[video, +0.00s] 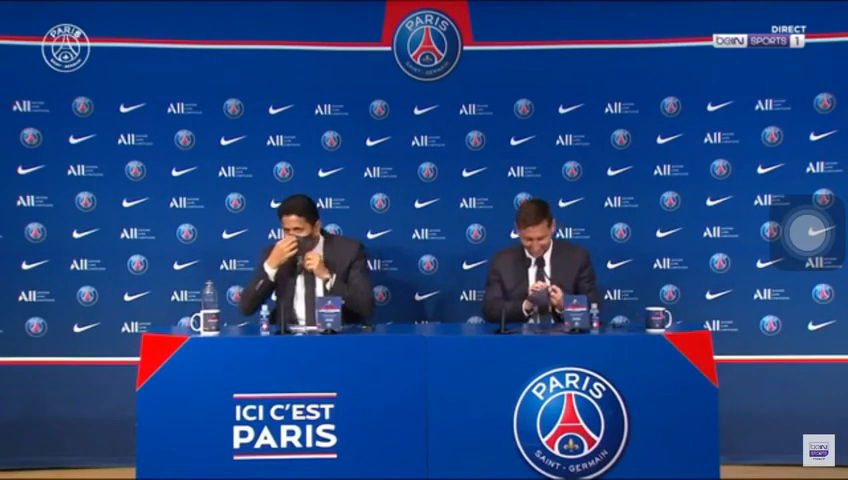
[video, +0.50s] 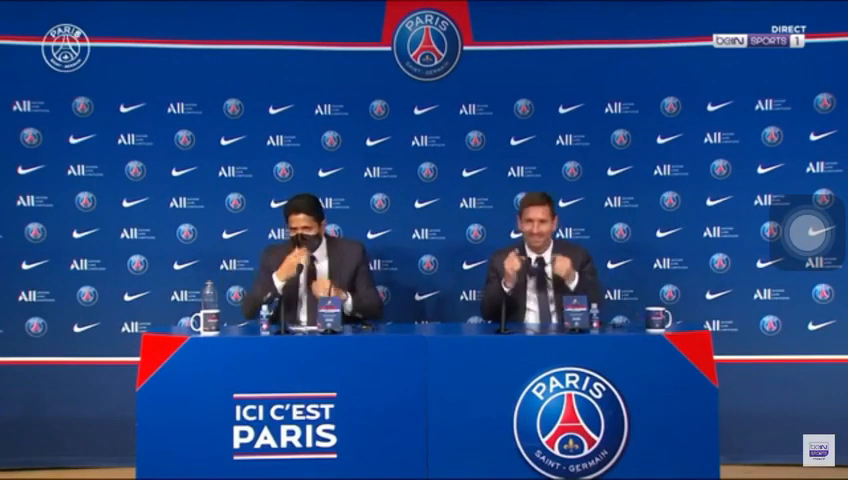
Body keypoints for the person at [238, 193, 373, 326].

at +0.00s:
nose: (292, 237)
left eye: (298, 230)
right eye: (287, 231)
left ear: (317, 226)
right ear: (282, 228)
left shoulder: (349, 251)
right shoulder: (276, 253)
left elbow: (365, 308)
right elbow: (247, 307)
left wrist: (327, 277)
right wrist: (271, 265)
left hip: (335, 343)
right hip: (288, 343)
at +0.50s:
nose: (300, 236)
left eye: (307, 230)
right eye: (294, 230)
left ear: (322, 226)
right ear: (288, 229)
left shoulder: (352, 252)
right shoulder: (275, 255)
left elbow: (374, 308)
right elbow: (249, 310)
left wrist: (342, 297)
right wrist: (280, 277)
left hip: (338, 344)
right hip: (289, 344)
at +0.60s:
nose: (303, 236)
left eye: (310, 230)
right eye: (296, 230)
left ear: (324, 227)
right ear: (290, 229)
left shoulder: (353, 253)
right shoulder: (274, 257)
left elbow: (372, 306)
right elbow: (248, 312)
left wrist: (357, 318)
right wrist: (282, 306)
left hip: (341, 347)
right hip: (289, 348)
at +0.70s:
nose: (304, 238)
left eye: (311, 231)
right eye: (298, 232)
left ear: (325, 228)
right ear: (291, 231)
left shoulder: (354, 254)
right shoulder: (275, 258)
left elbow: (371, 309)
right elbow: (252, 312)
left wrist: (361, 335)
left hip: (341, 345)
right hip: (290, 346)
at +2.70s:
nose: (317, 245)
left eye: (321, 237)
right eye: (309, 240)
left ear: (326, 231)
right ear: (291, 237)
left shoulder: (347, 257)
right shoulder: (267, 263)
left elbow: (377, 310)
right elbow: (240, 317)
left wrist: (358, 346)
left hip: (339, 350)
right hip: (287, 351)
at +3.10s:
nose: (312, 259)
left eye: (318, 253)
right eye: (305, 255)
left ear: (326, 242)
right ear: (290, 246)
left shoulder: (347, 257)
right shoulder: (268, 261)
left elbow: (373, 297)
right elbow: (238, 302)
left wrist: (366, 331)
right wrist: (259, 329)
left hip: (338, 348)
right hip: (287, 348)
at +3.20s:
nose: (310, 260)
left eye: (316, 254)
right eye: (303, 255)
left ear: (324, 243)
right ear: (289, 246)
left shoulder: (347, 255)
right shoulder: (268, 260)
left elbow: (374, 295)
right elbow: (240, 310)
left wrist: (358, 305)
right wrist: (264, 299)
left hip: (336, 344)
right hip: (285, 345)